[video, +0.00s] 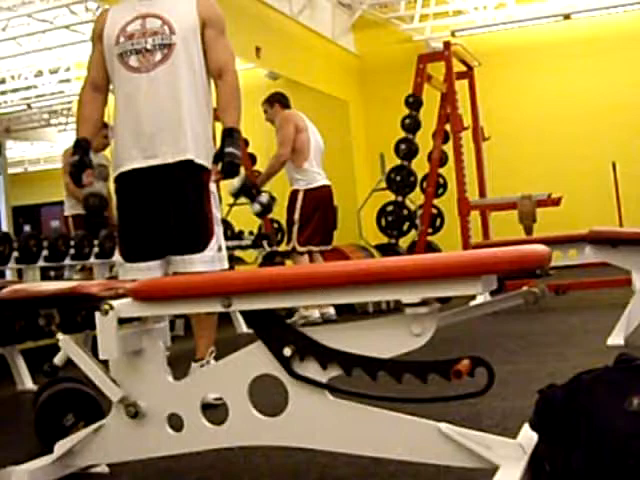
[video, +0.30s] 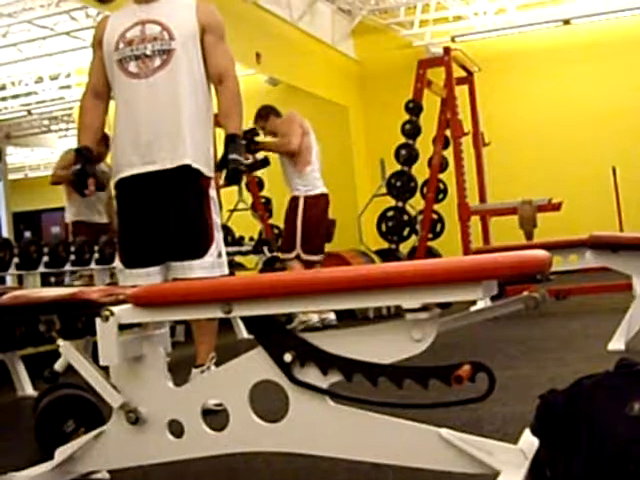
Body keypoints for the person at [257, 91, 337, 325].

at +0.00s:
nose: (267, 118)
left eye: (268, 112)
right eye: (265, 114)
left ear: (277, 106)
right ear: (284, 105)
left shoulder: (287, 118)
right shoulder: (304, 120)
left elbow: (283, 154)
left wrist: (260, 182)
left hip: (305, 189)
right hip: (322, 187)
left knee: (298, 251)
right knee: (314, 251)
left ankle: (309, 305)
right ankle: (325, 302)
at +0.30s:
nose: (266, 132)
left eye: (264, 128)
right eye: (263, 130)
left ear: (269, 119)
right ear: (272, 117)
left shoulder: (290, 119)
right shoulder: (296, 125)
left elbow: (292, 145)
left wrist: (261, 145)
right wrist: (260, 148)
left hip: (306, 197)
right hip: (313, 196)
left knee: (291, 258)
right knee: (312, 259)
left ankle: (307, 310)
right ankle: (323, 308)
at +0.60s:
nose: (266, 149)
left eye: (262, 144)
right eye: (262, 147)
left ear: (264, 134)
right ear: (270, 128)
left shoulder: (287, 135)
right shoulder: (299, 137)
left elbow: (295, 160)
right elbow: (297, 172)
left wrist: (265, 171)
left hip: (305, 207)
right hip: (317, 205)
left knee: (294, 268)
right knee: (314, 269)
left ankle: (308, 322)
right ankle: (324, 319)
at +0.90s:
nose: (252, 154)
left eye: (248, 150)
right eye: (248, 151)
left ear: (250, 141)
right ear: (257, 134)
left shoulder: (273, 143)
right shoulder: (284, 143)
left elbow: (286, 177)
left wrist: (285, 214)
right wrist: (285, 214)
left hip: (303, 208)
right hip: (315, 204)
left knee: (298, 271)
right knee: (316, 270)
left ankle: (310, 324)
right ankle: (327, 320)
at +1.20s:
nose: (249, 154)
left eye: (246, 150)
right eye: (246, 152)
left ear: (251, 140)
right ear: (256, 136)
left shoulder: (273, 145)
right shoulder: (285, 146)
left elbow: (292, 179)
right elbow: (294, 181)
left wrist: (299, 210)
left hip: (296, 212)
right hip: (313, 209)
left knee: (292, 272)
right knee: (315, 270)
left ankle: (309, 322)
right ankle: (328, 320)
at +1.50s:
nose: (252, 155)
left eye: (249, 151)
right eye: (249, 153)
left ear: (252, 141)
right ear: (261, 135)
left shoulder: (269, 147)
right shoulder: (291, 147)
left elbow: (279, 177)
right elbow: (302, 179)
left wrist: (283, 212)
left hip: (295, 212)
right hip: (314, 208)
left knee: (282, 272)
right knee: (317, 269)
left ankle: (287, 321)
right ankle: (327, 320)